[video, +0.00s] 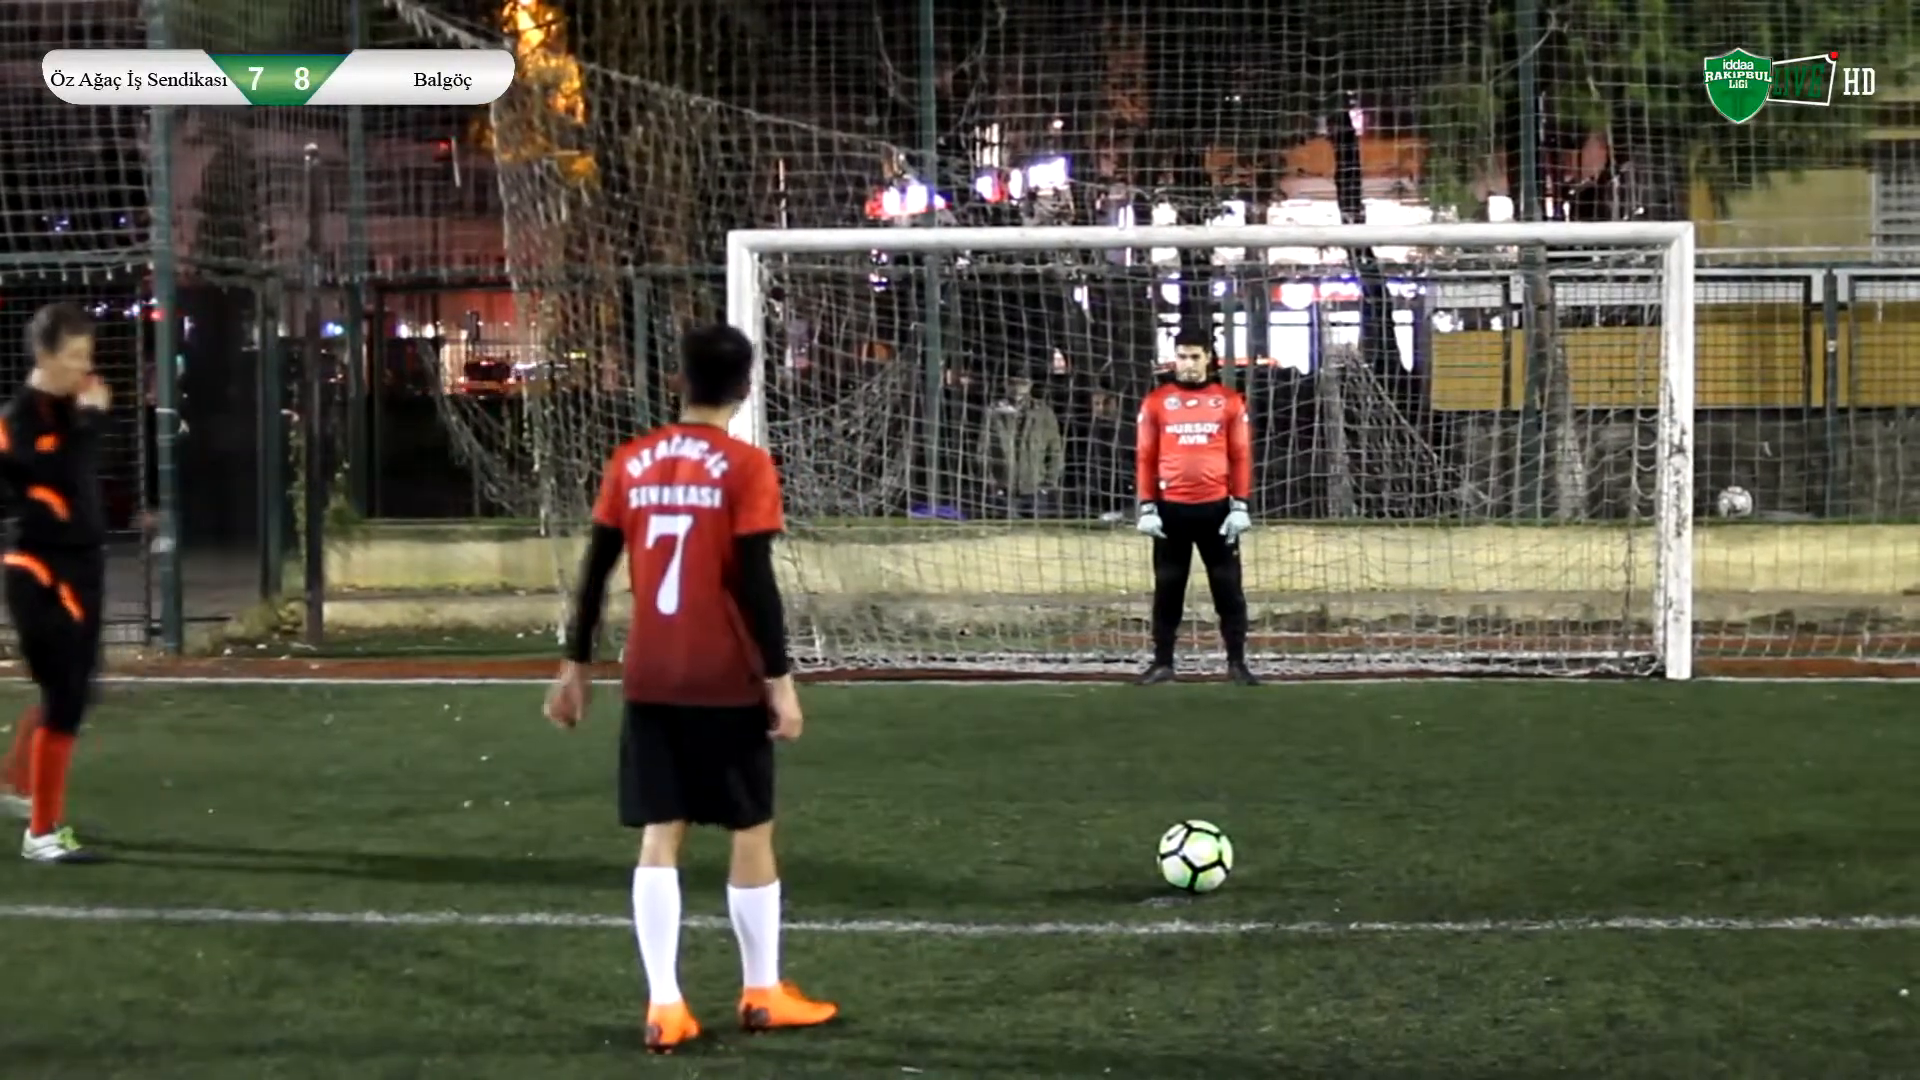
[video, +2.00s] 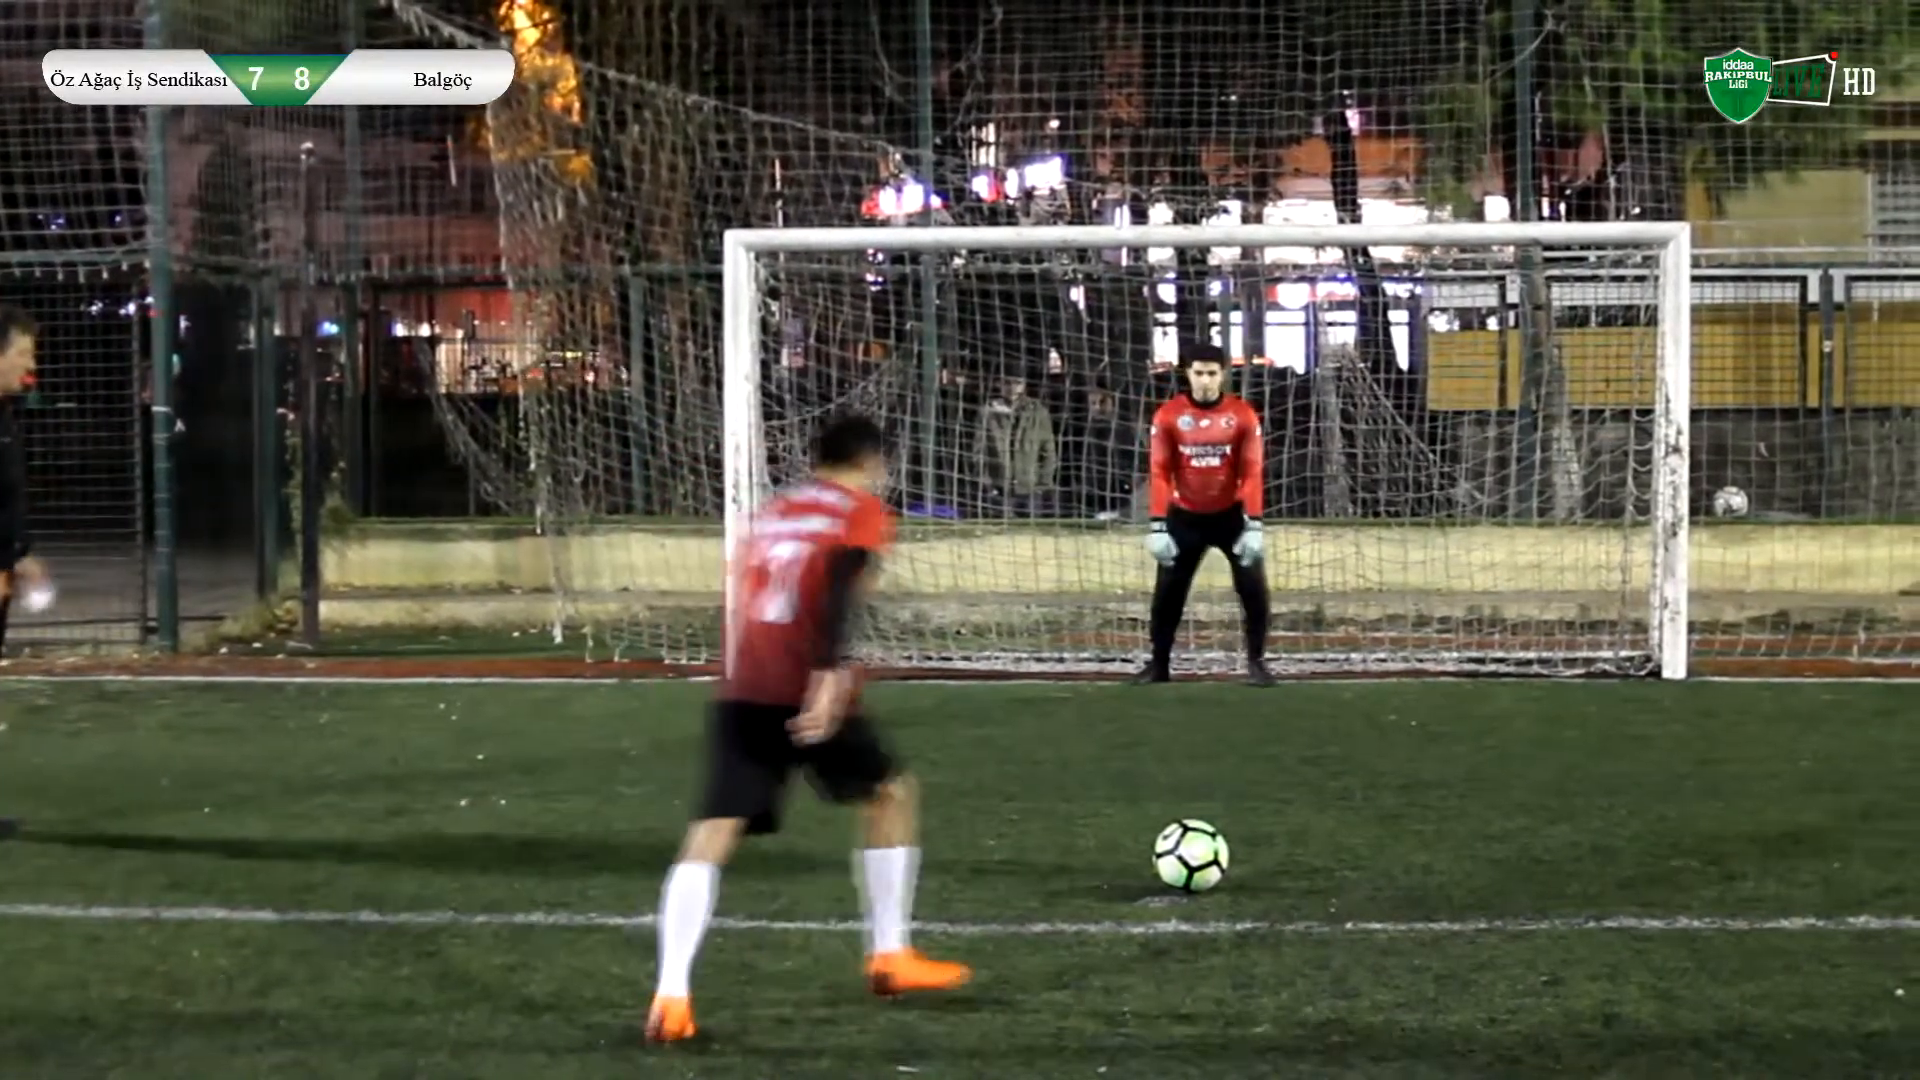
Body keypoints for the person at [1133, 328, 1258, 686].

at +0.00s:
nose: (1188, 364)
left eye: (1195, 357)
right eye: (1182, 357)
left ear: (1209, 359)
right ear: (1174, 359)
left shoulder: (1230, 402)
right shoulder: (1155, 402)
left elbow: (1241, 455)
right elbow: (1145, 456)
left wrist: (1240, 503)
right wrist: (1147, 505)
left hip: (1216, 507)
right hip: (1170, 508)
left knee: (1228, 589)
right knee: (1167, 589)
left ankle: (1237, 662)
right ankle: (1163, 661)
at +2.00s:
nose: (1205, 381)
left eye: (1212, 374)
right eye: (1198, 374)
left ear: (1223, 375)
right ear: (1187, 375)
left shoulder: (1243, 415)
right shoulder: (1168, 415)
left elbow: (1252, 472)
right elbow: (1158, 472)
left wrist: (1253, 521)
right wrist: (1157, 523)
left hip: (1231, 516)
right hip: (1185, 516)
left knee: (1255, 589)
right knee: (1167, 593)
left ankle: (1256, 660)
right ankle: (1159, 664)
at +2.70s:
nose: (1205, 433)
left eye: (1212, 425)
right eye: (1198, 425)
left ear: (1225, 427)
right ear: (1189, 428)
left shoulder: (1250, 458)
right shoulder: (1179, 461)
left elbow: (1279, 500)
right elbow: (1148, 496)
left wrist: (1309, 540)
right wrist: (1112, 524)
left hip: (1246, 546)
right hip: (1199, 546)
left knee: (1270, 593)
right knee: (1160, 602)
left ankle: (1235, 657)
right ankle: (1114, 674)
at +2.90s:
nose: (1217, 488)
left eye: (1224, 479)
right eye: (1210, 480)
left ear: (1237, 482)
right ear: (1199, 484)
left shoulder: (1255, 512)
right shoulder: (1188, 512)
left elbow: (1283, 539)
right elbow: (1157, 543)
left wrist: (1300, 564)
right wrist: (1123, 566)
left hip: (1247, 585)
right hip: (1201, 581)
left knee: (1278, 608)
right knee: (1154, 620)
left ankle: (1248, 680)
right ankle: (1104, 681)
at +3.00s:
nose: (1235, 495)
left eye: (1245, 488)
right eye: (1229, 486)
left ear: (1259, 495)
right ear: (1219, 489)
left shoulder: (1270, 524)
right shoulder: (1203, 520)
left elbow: (1296, 555)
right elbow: (1179, 548)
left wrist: (1313, 576)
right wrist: (1149, 564)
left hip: (1254, 601)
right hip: (1209, 595)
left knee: (1283, 631)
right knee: (1155, 627)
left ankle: (1240, 692)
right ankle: (1098, 687)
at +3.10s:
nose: (1282, 498)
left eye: (1291, 491)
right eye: (1275, 490)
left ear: (1303, 497)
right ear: (1262, 493)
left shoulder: (1314, 530)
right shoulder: (1242, 525)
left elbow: (1333, 585)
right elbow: (1199, 562)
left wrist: (1340, 568)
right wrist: (1222, 564)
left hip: (1272, 616)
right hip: (1229, 608)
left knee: (1300, 639)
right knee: (1180, 642)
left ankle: (1238, 694)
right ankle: (1112, 674)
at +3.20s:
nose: (1336, 508)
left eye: (1344, 502)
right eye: (1329, 498)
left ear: (1352, 508)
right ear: (1311, 499)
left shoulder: (1353, 542)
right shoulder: (1282, 529)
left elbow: (1382, 572)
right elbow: (1234, 560)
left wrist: (1397, 575)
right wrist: (1283, 552)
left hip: (1294, 623)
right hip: (1254, 614)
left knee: (1321, 664)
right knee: (1197, 648)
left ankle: (1250, 690)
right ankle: (1124, 674)